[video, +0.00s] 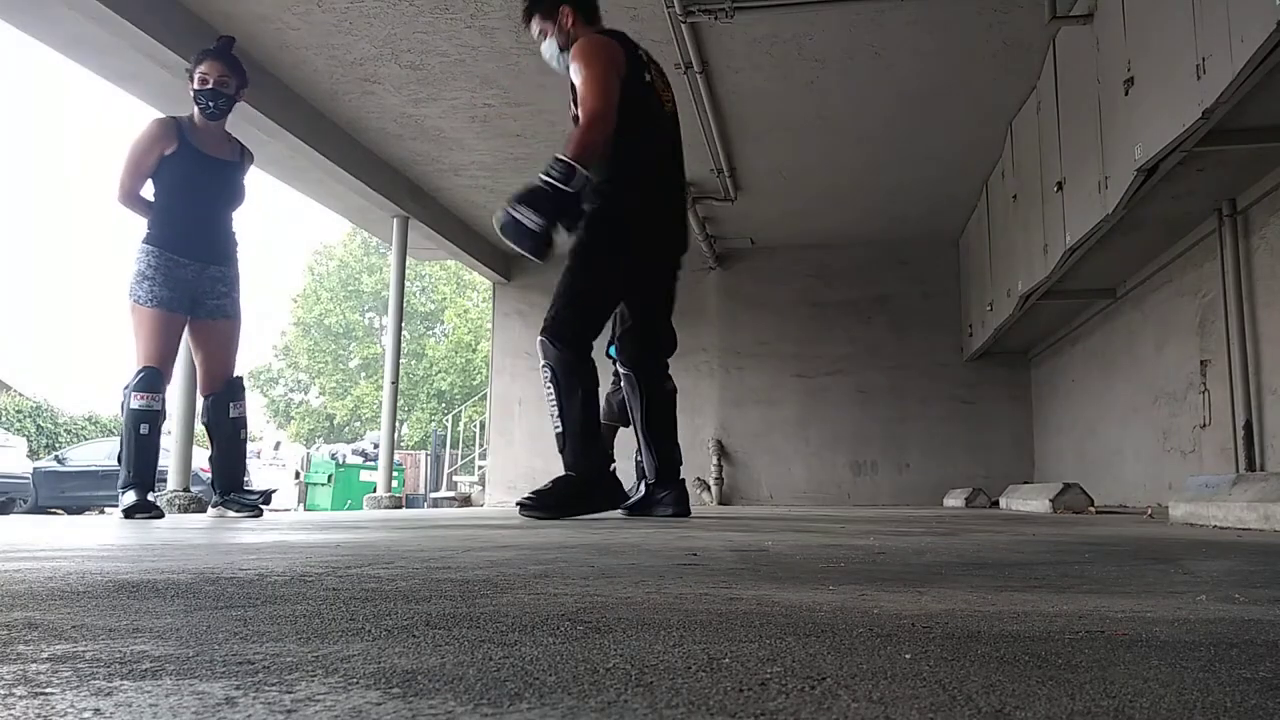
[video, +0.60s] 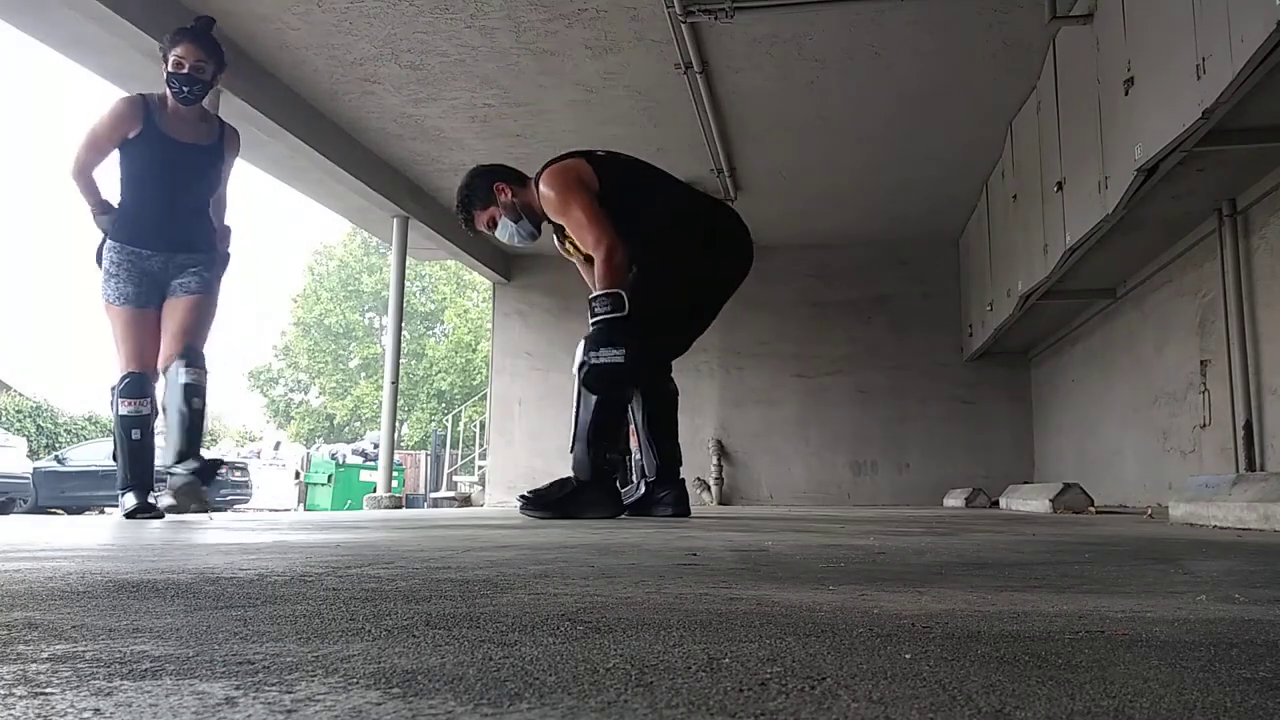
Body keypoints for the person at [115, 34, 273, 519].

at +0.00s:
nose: (212, 89)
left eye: (223, 82)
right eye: (204, 79)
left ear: (239, 92)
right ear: (190, 84)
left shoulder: (241, 154)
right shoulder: (165, 130)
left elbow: (228, 205)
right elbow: (127, 194)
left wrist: (200, 224)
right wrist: (167, 220)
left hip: (219, 271)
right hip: (164, 263)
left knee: (221, 381)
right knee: (152, 374)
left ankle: (228, 487)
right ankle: (137, 489)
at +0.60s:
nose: (186, 73)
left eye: (199, 66)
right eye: (178, 62)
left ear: (216, 75)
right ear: (164, 65)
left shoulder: (226, 138)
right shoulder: (134, 111)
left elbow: (218, 197)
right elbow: (82, 167)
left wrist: (220, 229)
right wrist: (102, 210)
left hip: (197, 258)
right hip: (130, 254)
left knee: (182, 358)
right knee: (138, 373)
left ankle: (183, 467)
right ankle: (137, 492)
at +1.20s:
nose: (149, 19)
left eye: (164, 12)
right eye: (142, 10)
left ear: (188, 23)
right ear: (132, 17)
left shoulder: (204, 84)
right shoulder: (107, 76)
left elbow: (221, 160)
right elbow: (87, 151)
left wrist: (191, 168)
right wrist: (80, 136)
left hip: (171, 224)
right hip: (108, 221)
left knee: (161, 354)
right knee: (62, 347)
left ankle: (150, 487)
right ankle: (81, 475)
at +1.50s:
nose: (108, 10)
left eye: (121, 4)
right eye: (100, 3)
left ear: (138, 9)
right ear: (83, 6)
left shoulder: (158, 67)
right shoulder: (47, 54)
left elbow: (195, 149)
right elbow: (14, 135)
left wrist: (160, 147)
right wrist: (34, 108)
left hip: (133, 216)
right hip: (59, 211)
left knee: (133, 354)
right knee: (17, 346)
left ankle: (146, 489)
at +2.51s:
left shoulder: (151, 31)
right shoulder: (29, 5)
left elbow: (147, 132)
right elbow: (1, 52)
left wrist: (157, 115)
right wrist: (26, 71)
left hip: (101, 176)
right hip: (20, 158)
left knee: (84, 337)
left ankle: (63, 484)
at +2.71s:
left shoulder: (114, 15)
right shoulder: (22, 10)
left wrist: (132, 101)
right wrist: (8, 43)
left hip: (82, 158)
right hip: (13, 145)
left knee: (78, 323)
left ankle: (64, 483)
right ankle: (62, 482)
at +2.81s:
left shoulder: (83, 17)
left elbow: (151, 100)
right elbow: (150, 99)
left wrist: (74, 108)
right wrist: (80, 107)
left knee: (73, 325)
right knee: (73, 323)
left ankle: (63, 485)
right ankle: (64, 485)